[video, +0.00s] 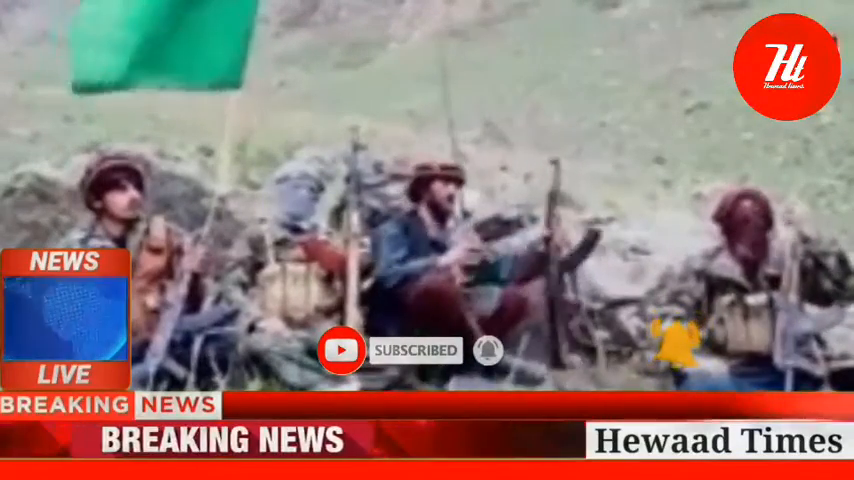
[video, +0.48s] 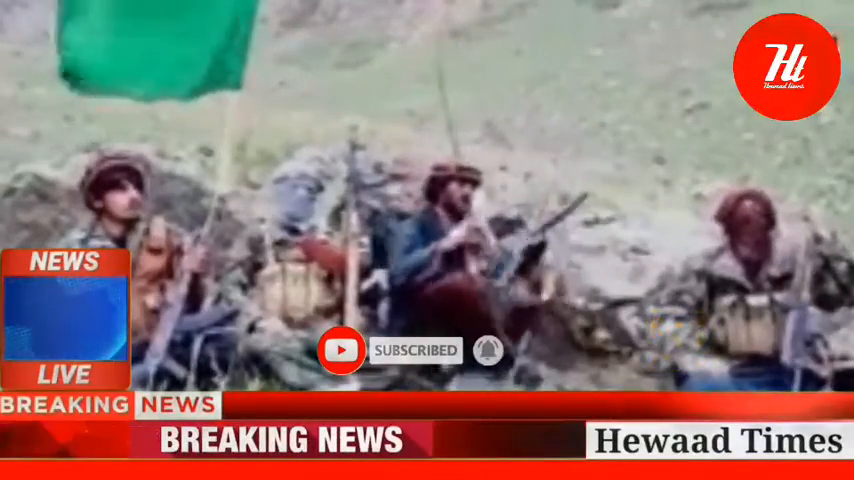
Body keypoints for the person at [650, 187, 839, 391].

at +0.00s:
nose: (754, 235)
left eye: (761, 226)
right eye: (744, 226)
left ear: (769, 228)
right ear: (727, 230)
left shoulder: (788, 263)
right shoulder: (703, 269)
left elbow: (838, 289)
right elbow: (672, 305)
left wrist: (806, 243)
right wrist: (675, 330)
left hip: (795, 368)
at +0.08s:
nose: (752, 236)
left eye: (759, 227)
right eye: (741, 227)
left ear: (769, 229)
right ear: (726, 230)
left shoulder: (789, 264)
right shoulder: (700, 269)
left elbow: (840, 295)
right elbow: (664, 316)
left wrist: (808, 243)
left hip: (786, 366)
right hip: (724, 368)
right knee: (704, 384)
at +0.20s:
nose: (754, 232)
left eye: (761, 224)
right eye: (745, 224)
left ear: (770, 227)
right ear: (728, 229)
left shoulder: (793, 262)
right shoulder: (702, 269)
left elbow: (838, 298)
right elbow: (669, 319)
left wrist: (817, 248)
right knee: (702, 378)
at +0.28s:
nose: (751, 231)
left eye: (758, 223)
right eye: (741, 223)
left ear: (769, 226)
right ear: (727, 228)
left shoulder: (795, 263)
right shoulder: (701, 269)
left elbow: (841, 296)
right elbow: (663, 314)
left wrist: (815, 244)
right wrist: (691, 358)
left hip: (787, 365)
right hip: (725, 368)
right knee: (704, 387)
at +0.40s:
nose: (751, 233)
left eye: (758, 225)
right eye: (741, 225)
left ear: (770, 227)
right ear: (728, 229)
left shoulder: (795, 264)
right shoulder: (701, 269)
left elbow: (839, 299)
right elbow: (662, 314)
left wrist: (822, 246)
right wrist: (693, 360)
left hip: (787, 366)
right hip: (726, 370)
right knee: (704, 387)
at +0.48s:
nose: (752, 234)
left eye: (760, 225)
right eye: (743, 225)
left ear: (771, 228)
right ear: (729, 229)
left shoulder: (795, 265)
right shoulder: (703, 270)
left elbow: (836, 299)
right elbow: (664, 315)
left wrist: (821, 246)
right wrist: (692, 358)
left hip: (787, 366)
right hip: (726, 369)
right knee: (702, 387)